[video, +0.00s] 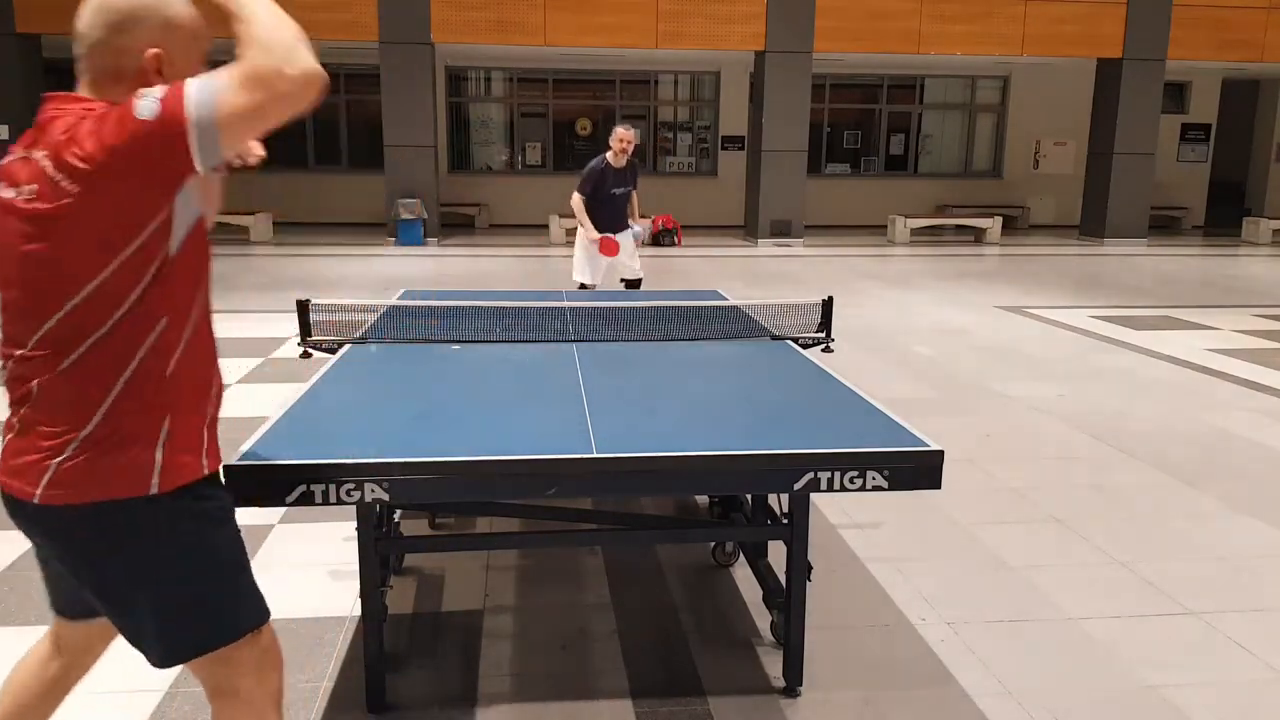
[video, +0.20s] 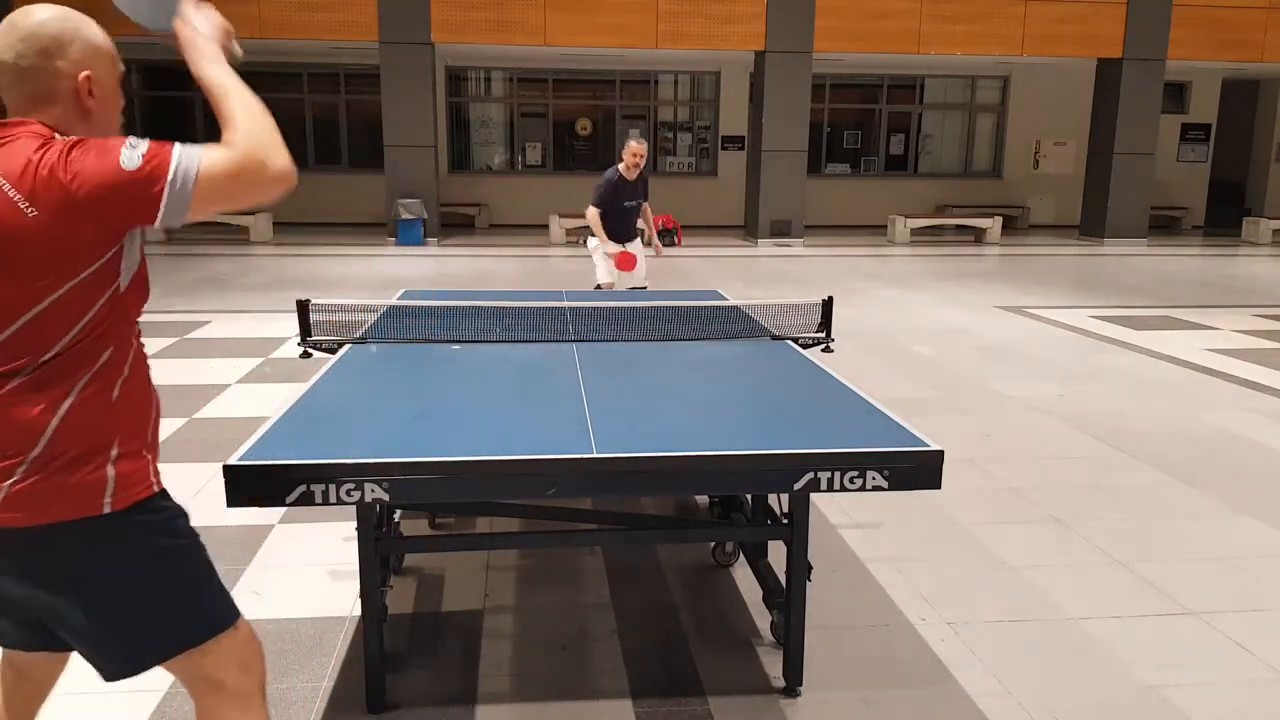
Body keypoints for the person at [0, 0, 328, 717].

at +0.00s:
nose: (201, 80)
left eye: (203, 64)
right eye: (197, 63)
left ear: (88, 62)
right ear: (153, 64)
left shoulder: (31, 150)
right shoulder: (132, 139)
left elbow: (165, 224)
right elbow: (294, 75)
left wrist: (215, 150)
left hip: (41, 474)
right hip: (137, 484)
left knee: (77, 635)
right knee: (248, 675)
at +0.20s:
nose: (123, 104)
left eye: (120, 86)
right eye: (117, 86)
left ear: (14, 88)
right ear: (83, 88)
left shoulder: (9, 161)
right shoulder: (79, 174)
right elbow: (267, 167)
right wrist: (207, 52)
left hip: (11, 506)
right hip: (92, 507)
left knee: (17, 680)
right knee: (231, 672)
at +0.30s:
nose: (113, 106)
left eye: (110, 87)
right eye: (108, 86)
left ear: (8, 88)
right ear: (78, 87)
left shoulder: (11, 167)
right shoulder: (76, 180)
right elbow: (263, 219)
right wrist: (236, 104)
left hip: (8, 503)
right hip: (78, 505)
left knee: (13, 676)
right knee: (217, 671)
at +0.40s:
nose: (122, 85)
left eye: (119, 69)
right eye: (118, 70)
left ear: (17, 81)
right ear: (91, 80)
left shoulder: (7, 157)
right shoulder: (79, 177)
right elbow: (262, 261)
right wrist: (270, 154)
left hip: (9, 490)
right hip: (82, 494)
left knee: (10, 674)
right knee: (214, 673)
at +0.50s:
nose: (152, 90)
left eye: (149, 74)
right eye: (147, 74)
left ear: (49, 82)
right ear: (123, 84)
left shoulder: (6, 161)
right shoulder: (106, 186)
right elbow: (263, 307)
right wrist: (300, 213)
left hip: (9, 492)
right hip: (92, 500)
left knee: (14, 672)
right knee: (230, 674)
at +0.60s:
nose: (203, 101)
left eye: (199, 85)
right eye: (199, 86)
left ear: (98, 98)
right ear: (178, 99)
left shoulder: (19, 181)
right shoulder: (142, 205)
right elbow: (277, 356)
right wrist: (328, 277)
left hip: (13, 498)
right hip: (108, 509)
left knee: (36, 666)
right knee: (264, 673)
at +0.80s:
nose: (293, 144)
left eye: (291, 126)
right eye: (291, 126)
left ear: (189, 122)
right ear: (270, 133)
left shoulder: (100, 195)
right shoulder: (226, 236)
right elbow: (292, 417)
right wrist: (369, 376)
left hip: (40, 503)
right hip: (146, 514)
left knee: (117, 627)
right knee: (300, 674)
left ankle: (60, 719)